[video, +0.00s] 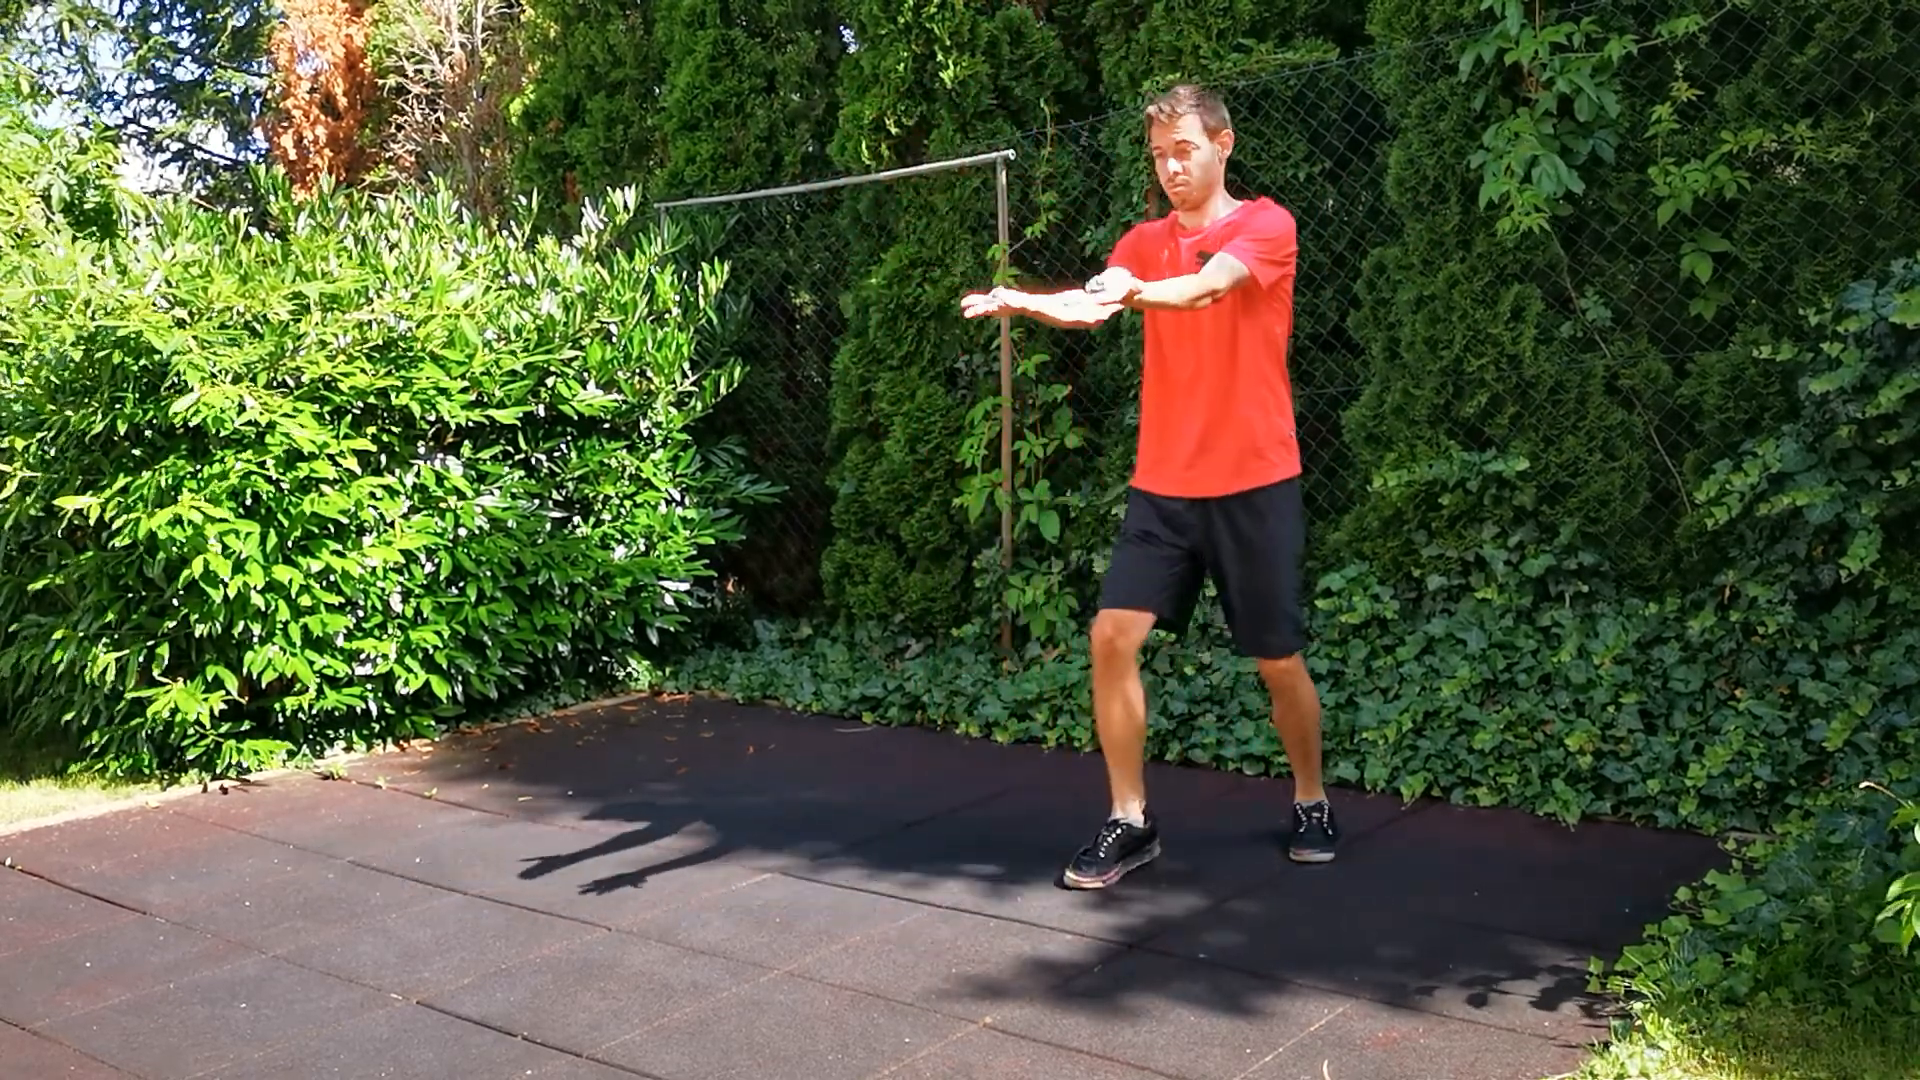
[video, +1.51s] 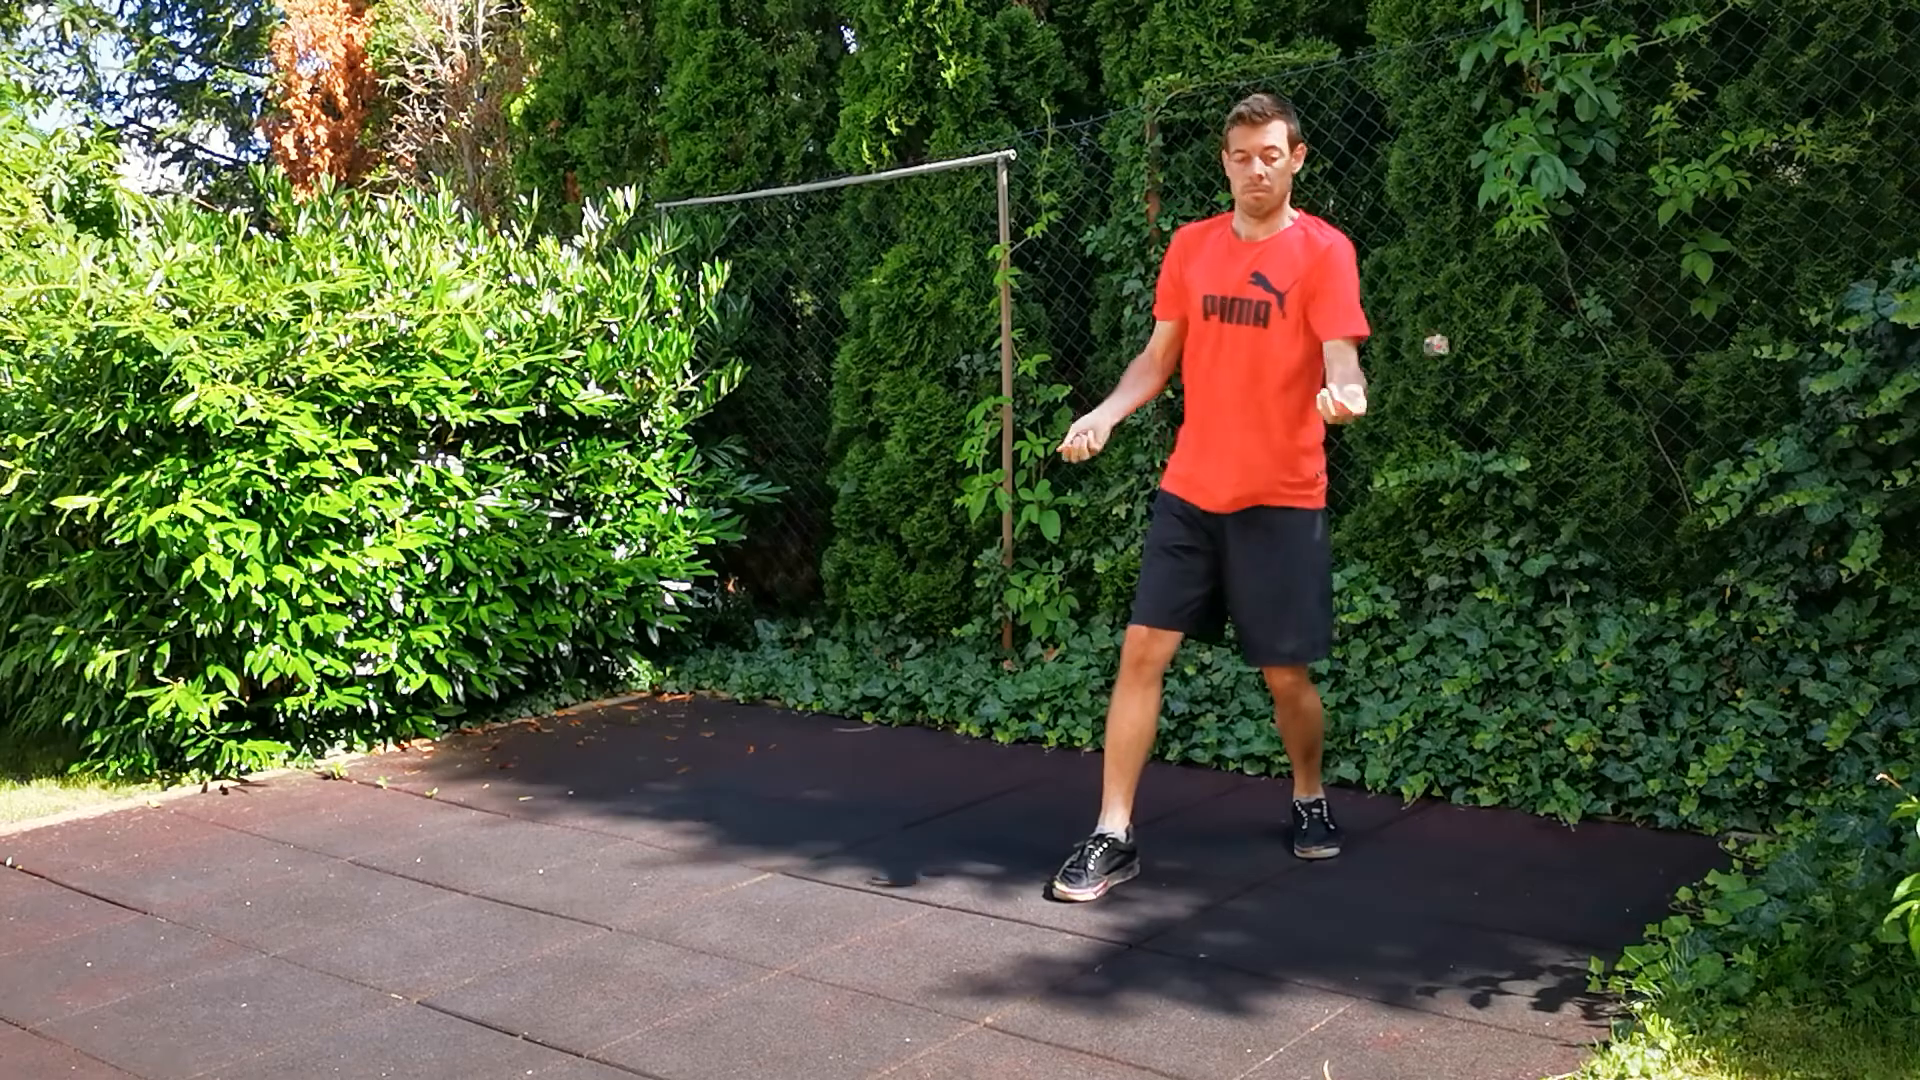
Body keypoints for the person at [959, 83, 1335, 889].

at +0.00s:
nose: (1172, 168)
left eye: (1185, 151)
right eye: (1161, 156)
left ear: (1223, 146)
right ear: (1150, 162)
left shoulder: (1268, 224)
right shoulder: (1144, 241)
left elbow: (1204, 286)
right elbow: (1089, 306)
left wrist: (1126, 289)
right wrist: (1017, 299)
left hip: (1254, 482)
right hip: (1163, 484)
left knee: (1278, 660)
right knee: (1112, 637)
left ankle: (1311, 805)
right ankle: (1129, 823)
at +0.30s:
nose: (1187, 151)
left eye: (1200, 134)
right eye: (1173, 139)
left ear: (1229, 140)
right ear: (1155, 151)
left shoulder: (1267, 215)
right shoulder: (1138, 233)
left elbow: (1230, 260)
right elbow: (1087, 297)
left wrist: (1185, 271)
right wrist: (1018, 282)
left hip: (1255, 477)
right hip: (1160, 479)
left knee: (1280, 659)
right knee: (1129, 647)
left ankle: (1310, 805)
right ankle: (1112, 834)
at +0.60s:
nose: (1191, 159)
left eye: (1205, 141)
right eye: (1179, 146)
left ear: (1242, 141)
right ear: (1168, 154)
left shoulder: (1283, 216)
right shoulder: (1154, 232)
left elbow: (1246, 266)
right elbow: (1094, 297)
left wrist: (1197, 271)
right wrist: (1027, 283)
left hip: (1262, 476)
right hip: (1168, 478)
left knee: (1284, 652)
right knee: (1133, 645)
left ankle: (1308, 800)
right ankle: (1113, 835)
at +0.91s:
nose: (1215, 136)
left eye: (1229, 123)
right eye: (1205, 127)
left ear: (1265, 137)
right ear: (1192, 145)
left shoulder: (1296, 213)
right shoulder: (1165, 222)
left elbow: (1267, 273)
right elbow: (1121, 299)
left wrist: (1220, 256)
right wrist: (1078, 289)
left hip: (1272, 471)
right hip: (1178, 471)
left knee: (1291, 651)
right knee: (1143, 647)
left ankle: (1310, 801)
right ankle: (1113, 833)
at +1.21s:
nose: (1229, 143)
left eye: (1244, 130)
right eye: (1220, 134)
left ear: (1281, 142)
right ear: (1209, 150)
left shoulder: (1313, 223)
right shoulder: (1186, 227)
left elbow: (1265, 300)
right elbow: (1178, 337)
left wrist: (1189, 293)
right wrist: (1178, 245)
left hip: (1282, 476)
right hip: (1189, 472)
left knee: (1295, 654)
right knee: (1144, 647)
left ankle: (1309, 802)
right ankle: (1113, 832)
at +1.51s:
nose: (1255, 170)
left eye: (1268, 156)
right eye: (1242, 157)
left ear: (1296, 159)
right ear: (1224, 163)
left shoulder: (1324, 251)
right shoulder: (1192, 244)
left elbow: (1342, 359)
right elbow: (1157, 358)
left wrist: (1344, 395)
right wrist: (1104, 415)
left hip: (1282, 497)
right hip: (1190, 488)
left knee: (1287, 674)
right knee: (1142, 649)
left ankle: (1309, 800)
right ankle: (1111, 833)